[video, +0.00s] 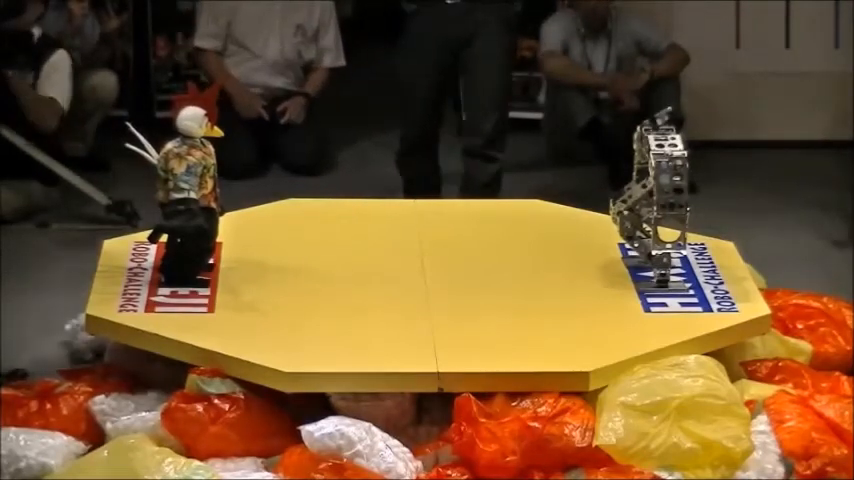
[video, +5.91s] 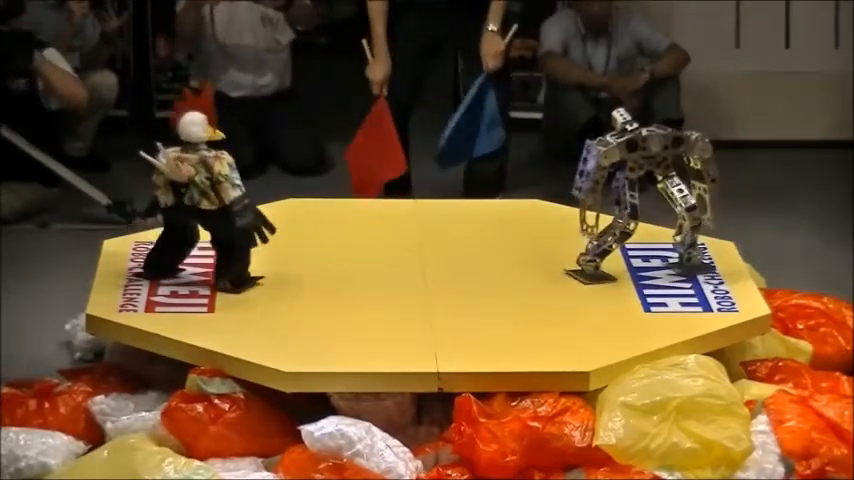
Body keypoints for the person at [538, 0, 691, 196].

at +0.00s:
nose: (595, 7)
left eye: (601, 2)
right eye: (588, 2)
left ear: (610, 4)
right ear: (574, 5)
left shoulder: (626, 23)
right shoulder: (559, 25)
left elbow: (679, 56)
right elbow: (552, 65)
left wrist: (646, 74)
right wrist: (608, 82)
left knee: (666, 83)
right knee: (564, 85)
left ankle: (670, 168)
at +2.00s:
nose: (594, 8)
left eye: (601, 2)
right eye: (587, 2)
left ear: (610, 4)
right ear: (575, 5)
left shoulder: (625, 25)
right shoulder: (557, 27)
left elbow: (679, 56)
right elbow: (554, 67)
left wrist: (644, 76)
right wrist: (612, 84)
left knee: (667, 82)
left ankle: (668, 166)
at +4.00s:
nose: (598, 9)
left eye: (603, 2)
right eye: (590, 2)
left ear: (611, 4)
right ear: (575, 5)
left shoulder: (628, 25)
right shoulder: (557, 26)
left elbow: (679, 56)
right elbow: (554, 69)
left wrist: (644, 76)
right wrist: (611, 83)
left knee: (666, 81)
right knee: (565, 90)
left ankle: (669, 166)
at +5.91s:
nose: (597, 11)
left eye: (603, 4)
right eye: (589, 5)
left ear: (612, 5)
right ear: (576, 7)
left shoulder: (629, 22)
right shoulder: (558, 24)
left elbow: (679, 56)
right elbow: (551, 64)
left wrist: (644, 76)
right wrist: (608, 84)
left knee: (667, 80)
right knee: (563, 89)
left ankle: (667, 152)